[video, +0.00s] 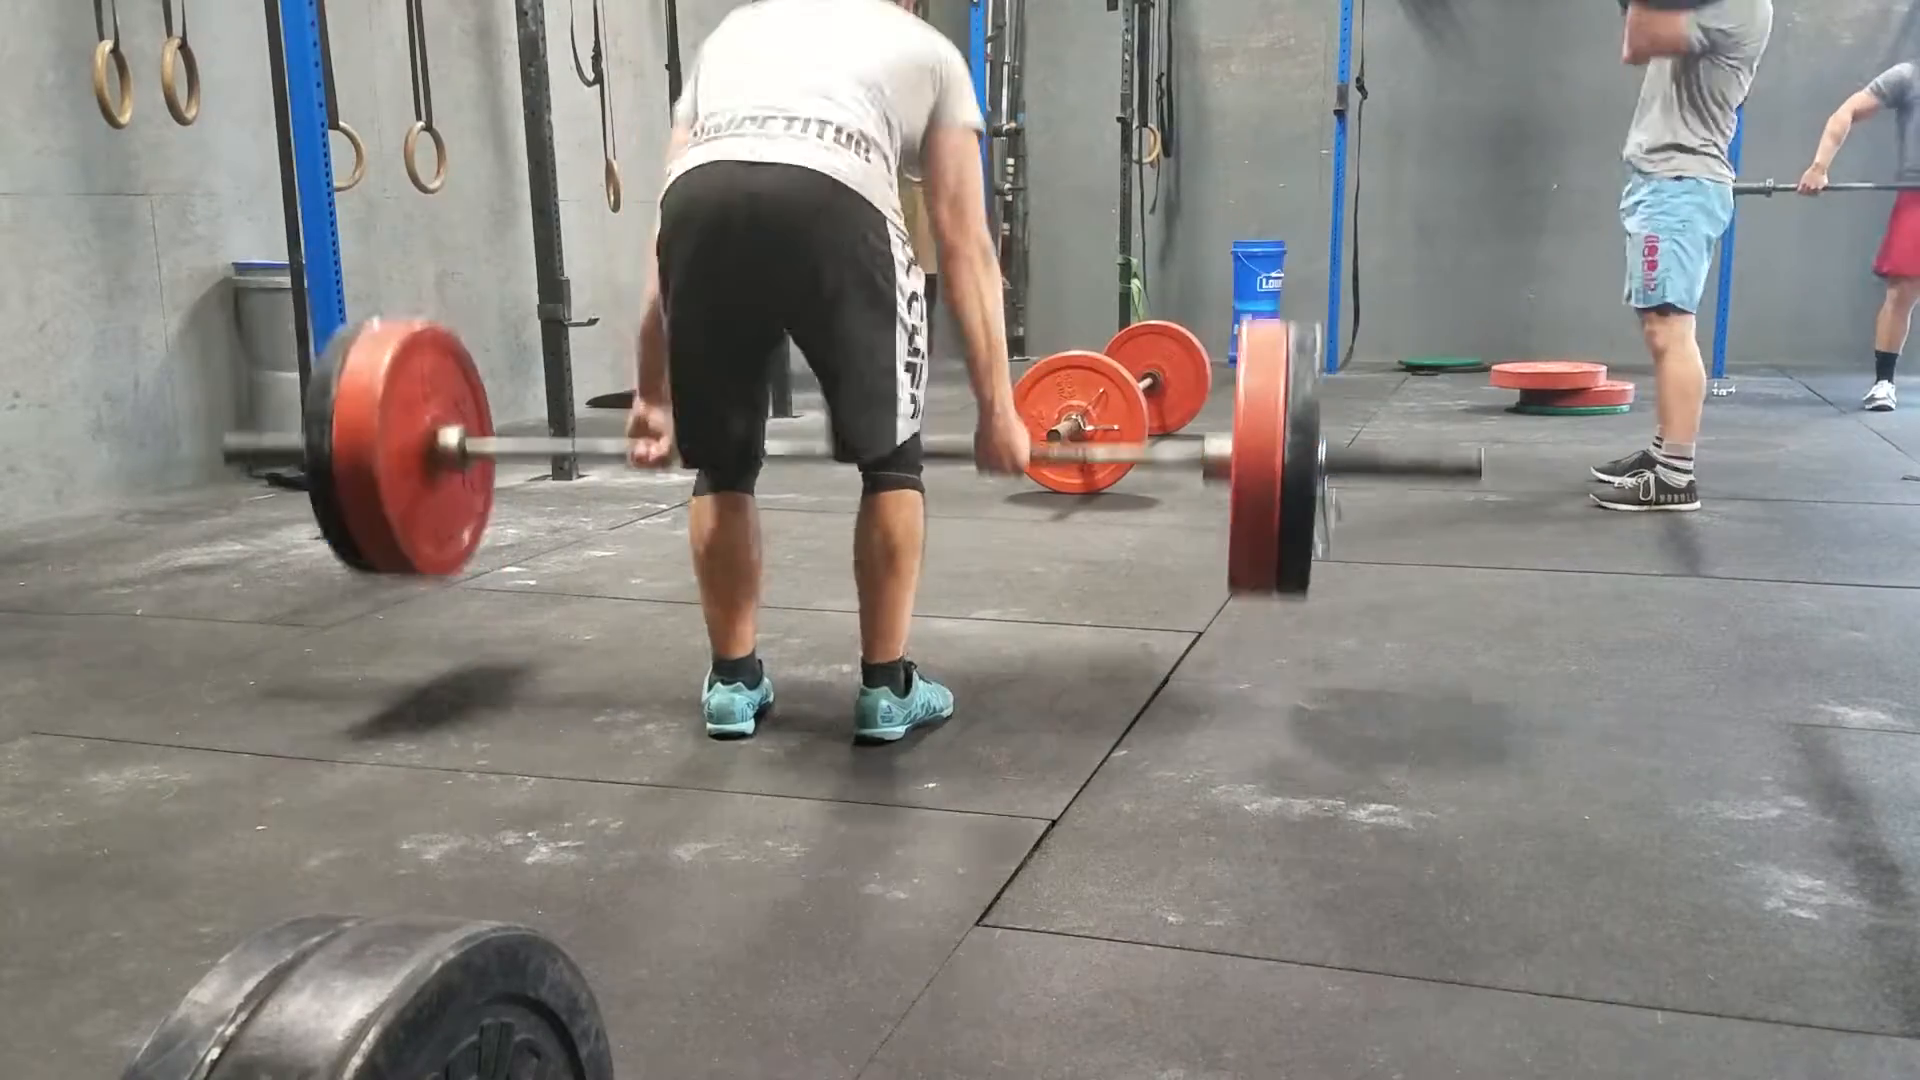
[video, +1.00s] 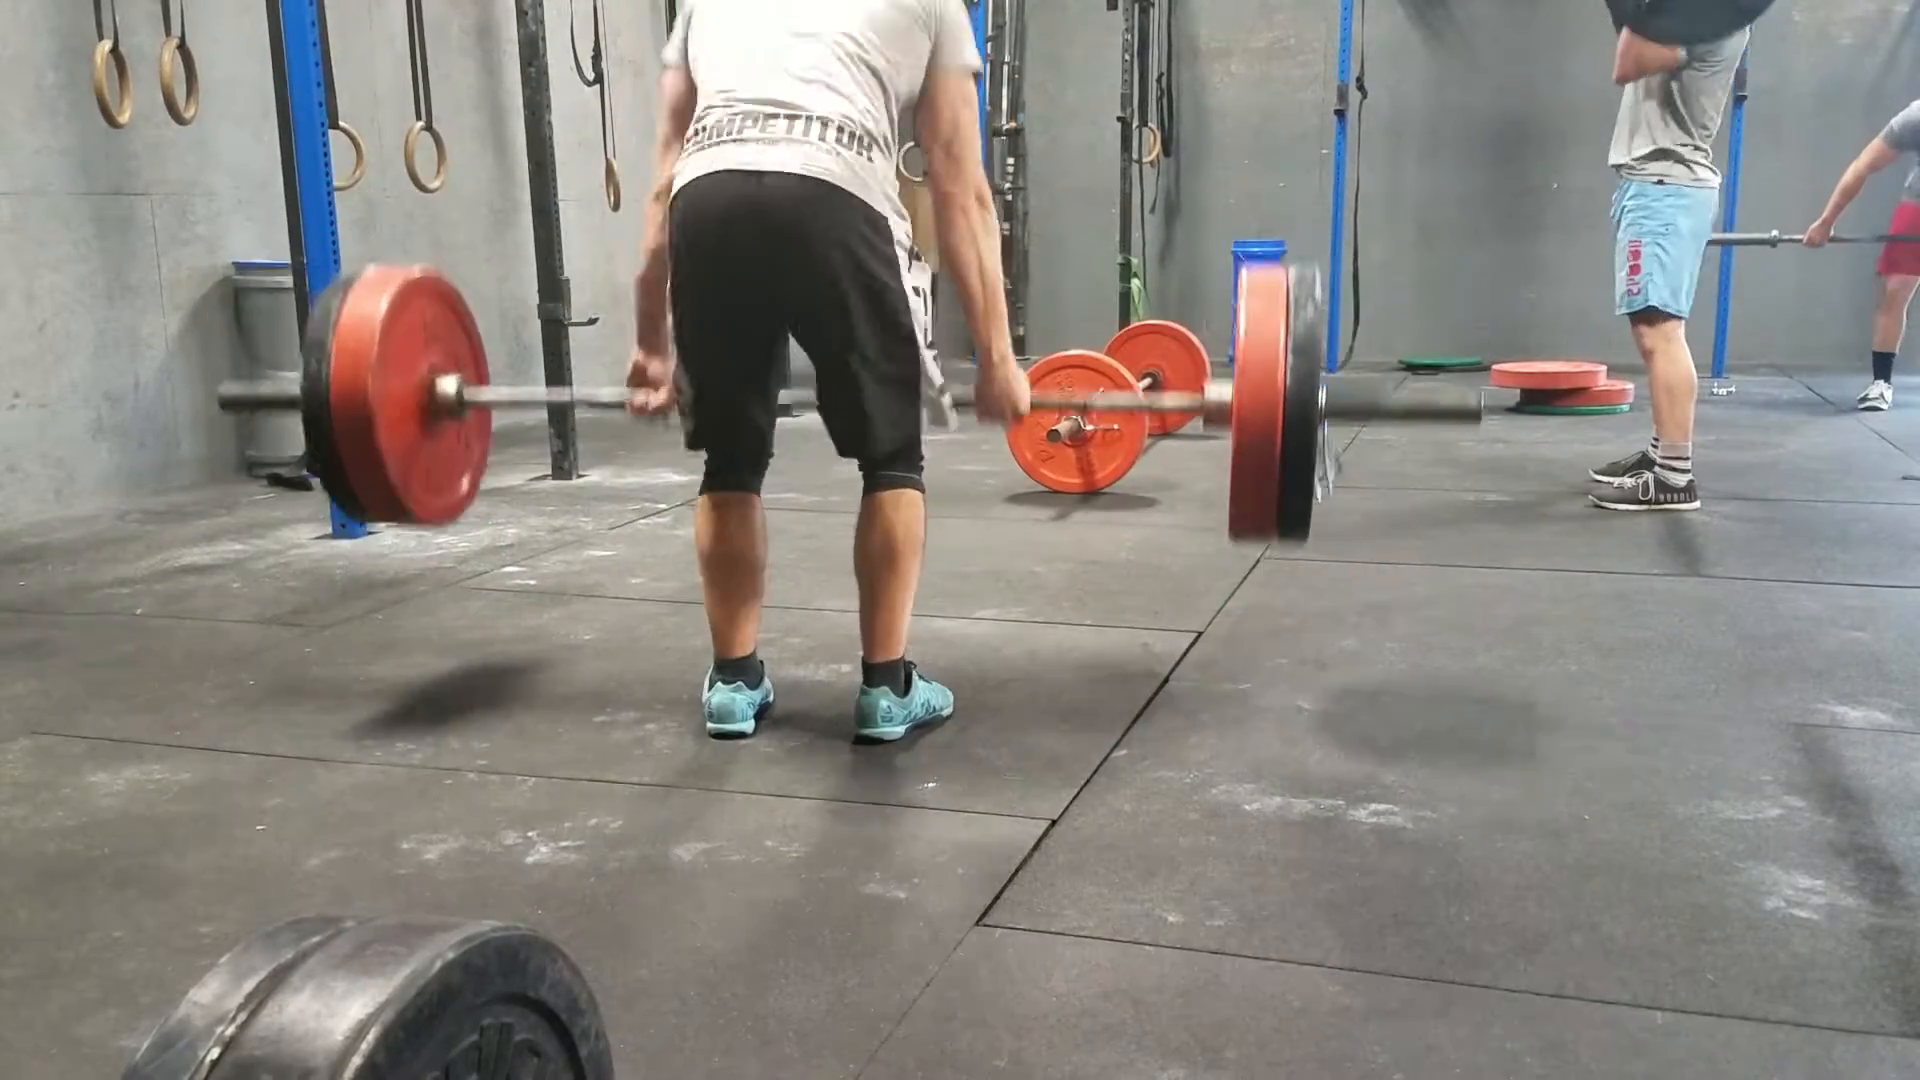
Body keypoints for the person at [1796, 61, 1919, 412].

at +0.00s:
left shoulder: (1906, 77)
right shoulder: (1908, 76)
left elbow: (1847, 113)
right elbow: (1847, 111)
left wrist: (1819, 166)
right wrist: (1818, 166)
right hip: (1912, 197)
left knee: (1903, 291)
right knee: (1902, 290)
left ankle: (1884, 383)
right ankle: (1884, 382)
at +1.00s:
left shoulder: (1913, 116)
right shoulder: (1915, 115)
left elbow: (1864, 165)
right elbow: (1864, 165)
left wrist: (1825, 221)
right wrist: (1825, 221)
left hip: (1913, 205)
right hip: (1915, 204)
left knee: (1898, 290)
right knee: (1897, 288)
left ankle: (1881, 383)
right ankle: (1881, 383)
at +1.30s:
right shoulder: (1911, 166)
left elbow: (1860, 216)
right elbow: (1860, 217)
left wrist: (1822, 273)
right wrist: (1822, 272)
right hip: (1913, 210)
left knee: (1891, 286)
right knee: (1888, 285)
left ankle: (1880, 380)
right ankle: (1880, 381)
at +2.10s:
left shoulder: (1914, 125)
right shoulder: (1918, 123)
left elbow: (1863, 164)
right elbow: (1862, 164)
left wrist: (1831, 222)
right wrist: (1831, 222)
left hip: (1913, 206)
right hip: (1916, 204)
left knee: (1894, 291)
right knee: (1891, 291)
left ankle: (1882, 383)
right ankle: (1882, 383)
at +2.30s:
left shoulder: (1912, 80)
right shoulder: (1915, 78)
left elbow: (1866, 117)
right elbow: (1867, 116)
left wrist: (1837, 169)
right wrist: (1837, 168)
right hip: (1917, 200)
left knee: (1905, 282)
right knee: (1904, 281)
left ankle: (1882, 377)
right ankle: (1882, 378)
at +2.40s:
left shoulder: (1914, 59)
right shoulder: (1917, 57)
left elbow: (1862, 82)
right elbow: (1862, 82)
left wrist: (1840, 106)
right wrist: (1841, 107)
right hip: (1918, 179)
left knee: (1906, 272)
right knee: (1904, 270)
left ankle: (1881, 373)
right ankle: (1881, 373)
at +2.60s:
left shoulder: (1915, 81)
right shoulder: (1919, 82)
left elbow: (1857, 74)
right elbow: (1856, 75)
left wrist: (1843, 27)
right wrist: (1842, 25)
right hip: (1919, 205)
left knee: (1902, 294)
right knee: (1900, 294)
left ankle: (1883, 380)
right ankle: (1881, 383)